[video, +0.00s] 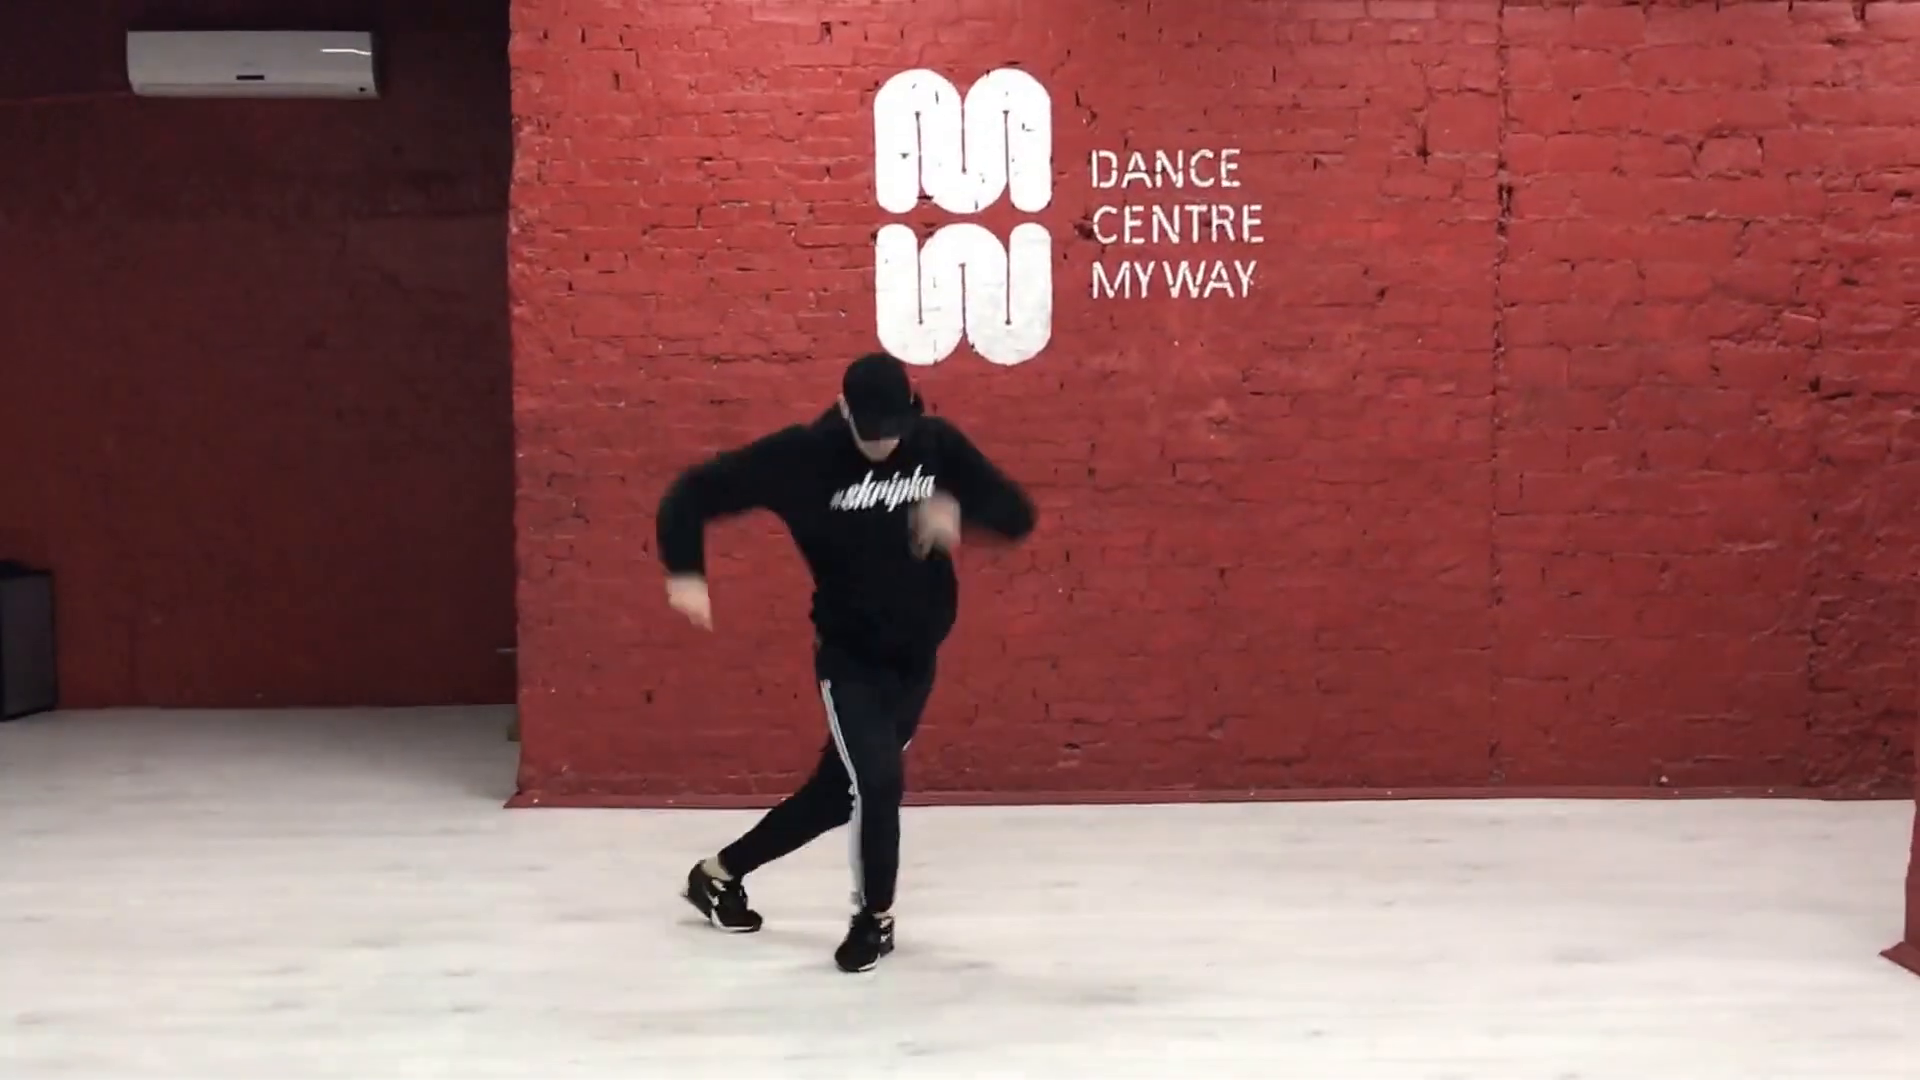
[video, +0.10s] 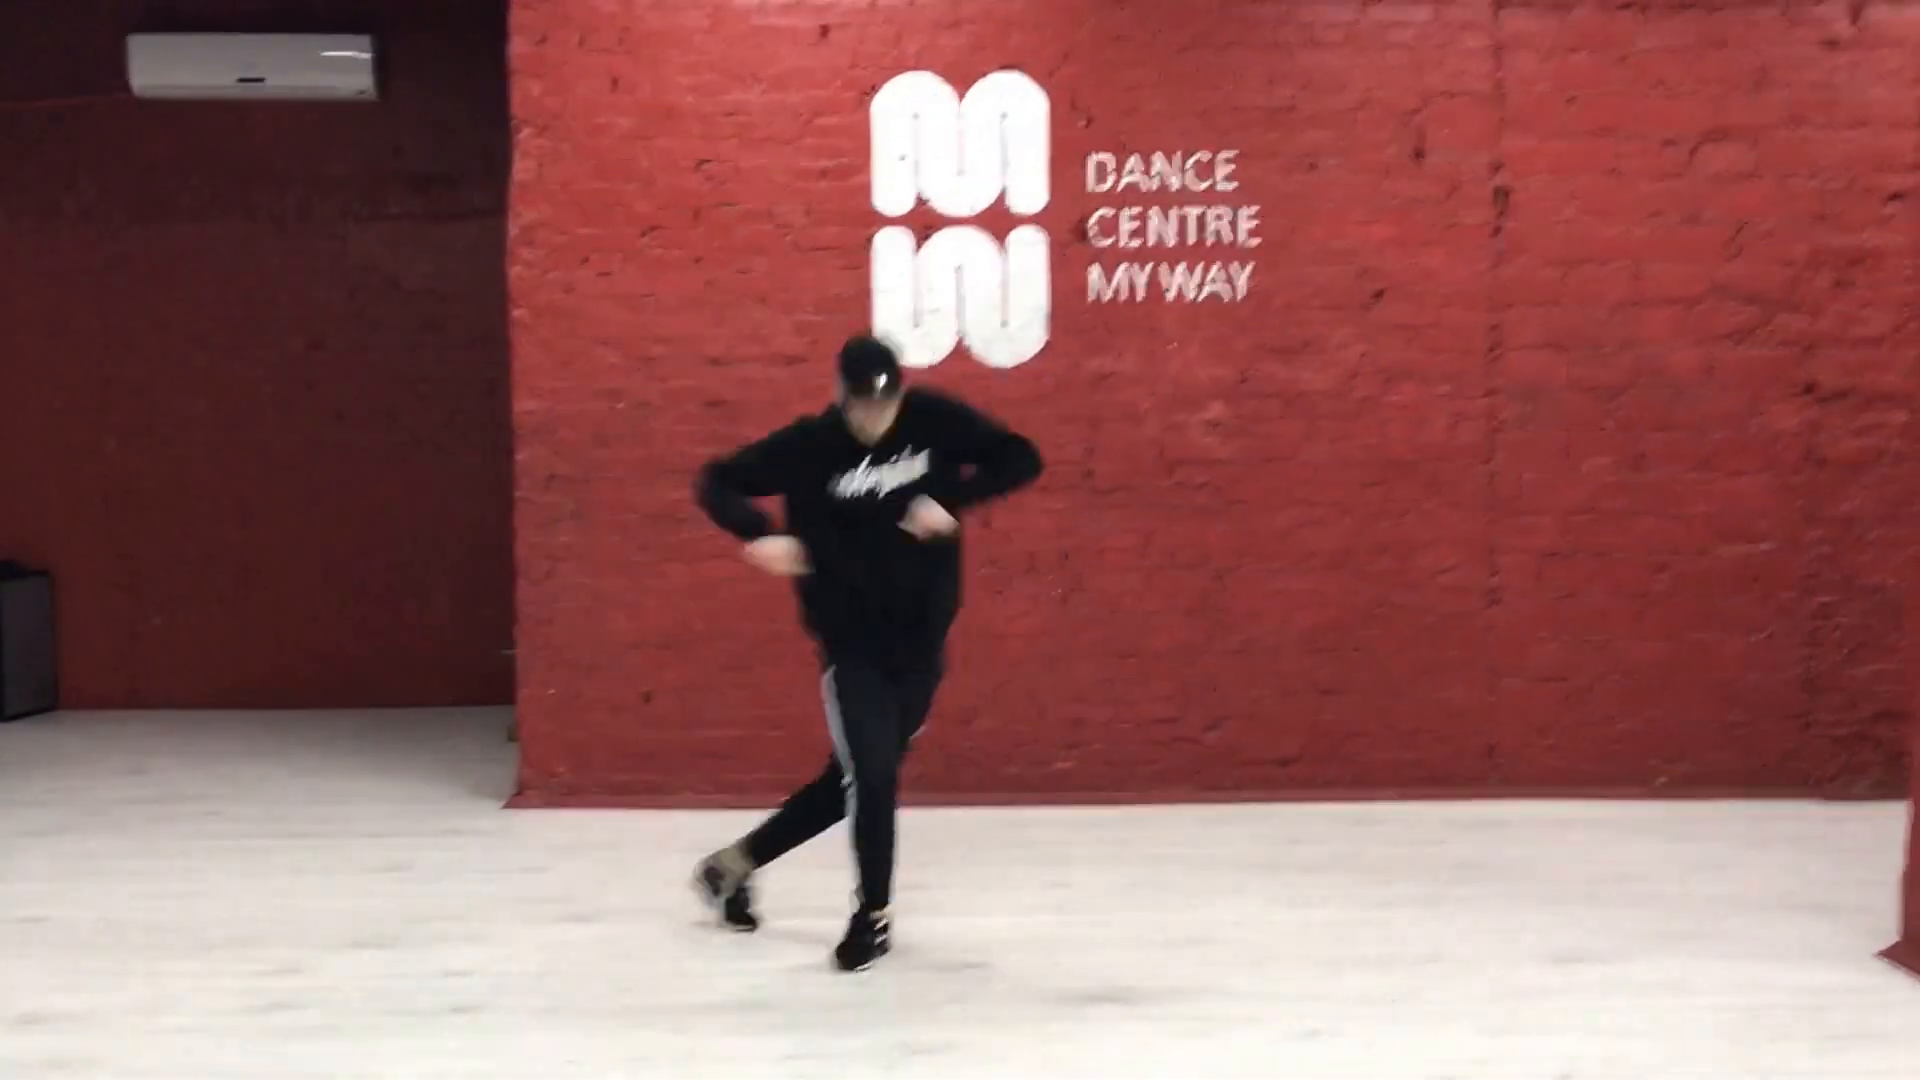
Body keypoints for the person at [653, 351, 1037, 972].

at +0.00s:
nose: (882, 448)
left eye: (892, 437)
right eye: (871, 438)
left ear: (909, 414)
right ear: (847, 415)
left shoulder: (935, 444)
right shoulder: (803, 455)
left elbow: (1018, 516)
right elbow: (690, 494)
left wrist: (961, 514)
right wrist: (684, 570)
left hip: (916, 652)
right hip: (846, 650)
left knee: (835, 796)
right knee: (879, 783)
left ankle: (720, 872)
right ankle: (874, 916)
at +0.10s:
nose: (873, 415)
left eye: (884, 402)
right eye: (862, 403)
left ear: (900, 390)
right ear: (841, 393)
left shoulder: (934, 421)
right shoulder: (811, 443)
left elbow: (1021, 460)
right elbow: (718, 483)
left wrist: (951, 502)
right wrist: (757, 534)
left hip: (920, 639)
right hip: (848, 639)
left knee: (858, 779)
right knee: (871, 774)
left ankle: (734, 864)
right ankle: (873, 913)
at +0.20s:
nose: (881, 346)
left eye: (892, 333)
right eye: (868, 334)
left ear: (913, 334)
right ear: (849, 337)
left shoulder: (957, 401)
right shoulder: (829, 427)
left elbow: (1000, 494)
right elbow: (812, 542)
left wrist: (1016, 596)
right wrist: (860, 614)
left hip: (935, 605)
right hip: (861, 613)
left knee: (931, 759)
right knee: (879, 756)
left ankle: (841, 841)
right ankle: (867, 906)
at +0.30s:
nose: (912, 349)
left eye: (923, 336)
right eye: (899, 337)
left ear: (941, 339)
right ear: (881, 340)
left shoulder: (976, 401)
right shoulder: (861, 418)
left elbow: (1036, 484)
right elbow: (872, 529)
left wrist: (1077, 582)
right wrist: (918, 624)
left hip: (946, 601)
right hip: (864, 607)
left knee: (1003, 727)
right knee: (873, 755)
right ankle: (869, 892)